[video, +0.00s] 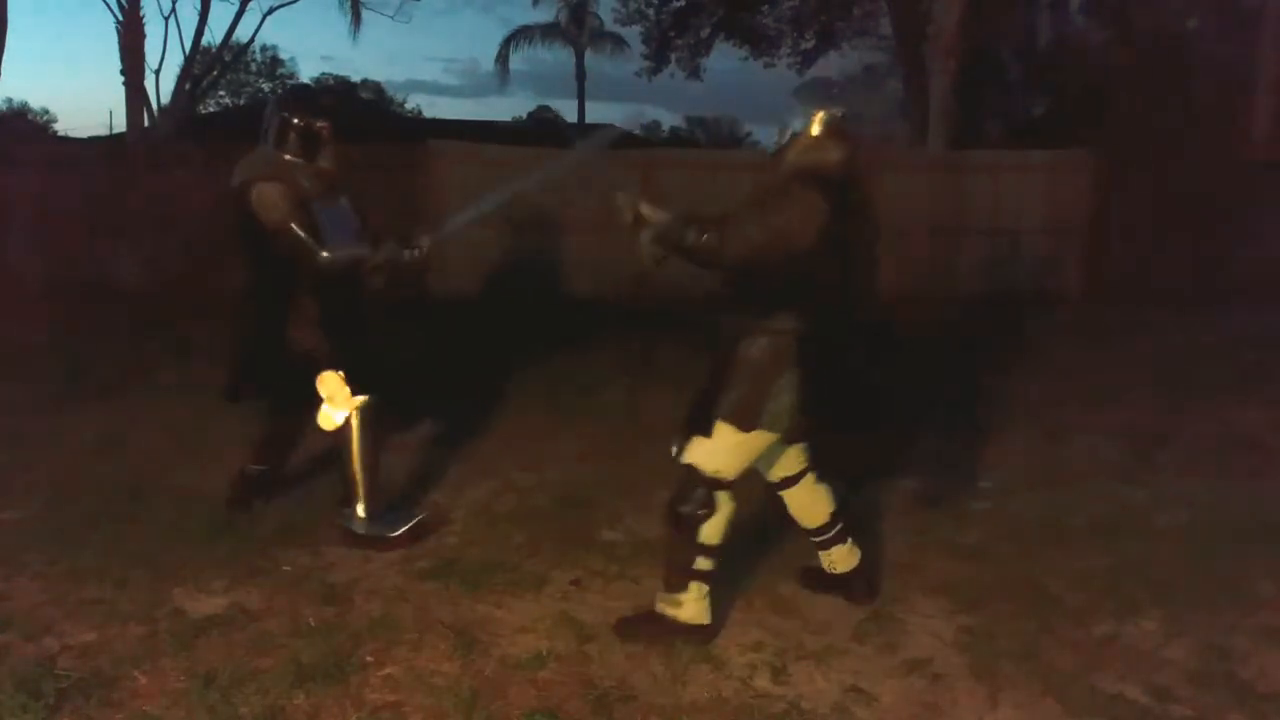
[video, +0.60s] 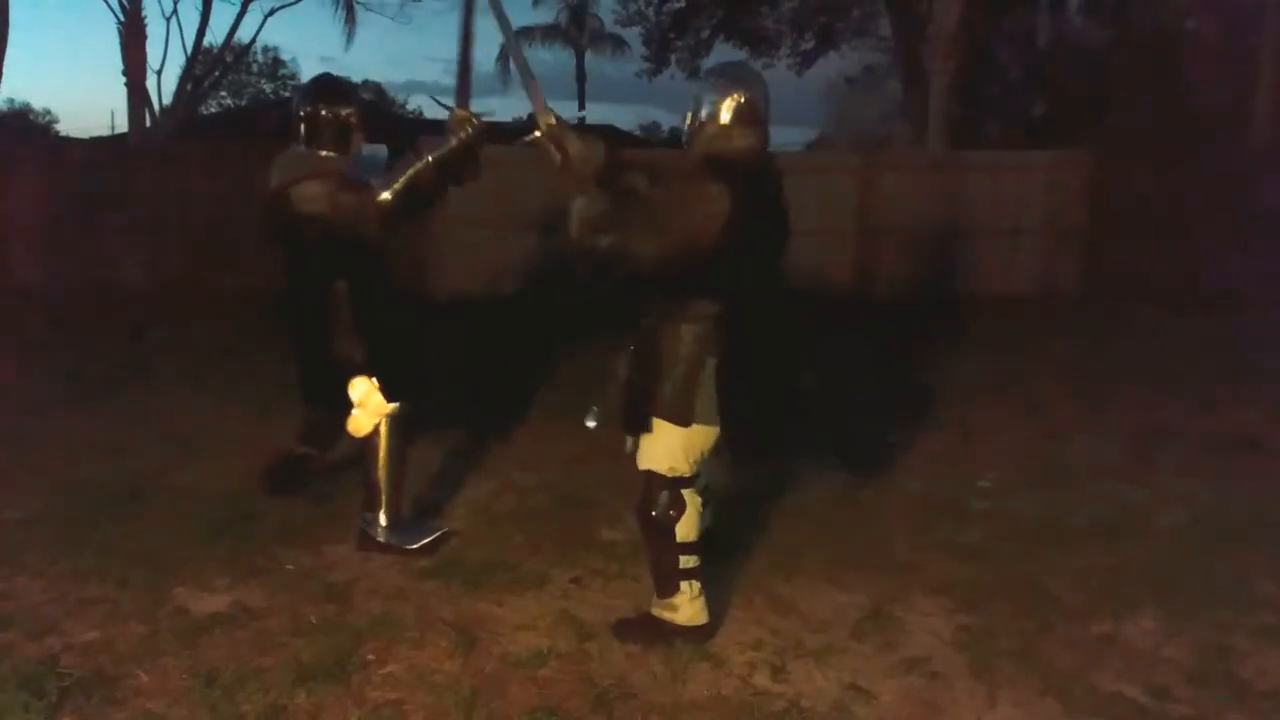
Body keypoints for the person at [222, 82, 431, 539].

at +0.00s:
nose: (323, 142)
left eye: (325, 132)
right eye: (313, 131)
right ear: (287, 129)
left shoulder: (314, 181)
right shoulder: (266, 183)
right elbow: (311, 261)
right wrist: (377, 257)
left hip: (325, 306)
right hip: (288, 313)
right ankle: (364, 508)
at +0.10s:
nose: (312, 136)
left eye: (317, 128)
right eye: (302, 127)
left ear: (321, 134)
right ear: (280, 129)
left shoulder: (317, 179)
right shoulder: (264, 182)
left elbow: (360, 226)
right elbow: (317, 247)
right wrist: (395, 241)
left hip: (338, 312)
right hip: (292, 317)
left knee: (363, 403)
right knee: (291, 410)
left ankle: (377, 511)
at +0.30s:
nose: (328, 138)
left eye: (332, 128)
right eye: (316, 127)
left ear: (338, 132)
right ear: (289, 130)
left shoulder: (345, 181)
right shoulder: (277, 183)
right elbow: (335, 236)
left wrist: (446, 203)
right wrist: (418, 212)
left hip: (358, 313)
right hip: (306, 318)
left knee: (380, 408)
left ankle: (382, 518)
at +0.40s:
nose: (331, 128)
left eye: (338, 117)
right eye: (319, 117)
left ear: (348, 122)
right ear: (297, 123)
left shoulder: (351, 171)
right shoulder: (290, 181)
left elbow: (399, 191)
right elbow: (361, 223)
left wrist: (462, 180)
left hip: (361, 305)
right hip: (317, 310)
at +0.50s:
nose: (332, 128)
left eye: (341, 117)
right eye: (321, 117)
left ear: (353, 122)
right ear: (301, 121)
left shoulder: (360, 168)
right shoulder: (294, 169)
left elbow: (402, 199)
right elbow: (364, 218)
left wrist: (457, 169)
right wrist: (446, 173)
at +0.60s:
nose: (341, 130)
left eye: (348, 120)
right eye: (327, 119)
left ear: (358, 126)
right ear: (305, 123)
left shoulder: (353, 174)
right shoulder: (299, 171)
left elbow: (393, 208)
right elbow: (369, 218)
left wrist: (453, 157)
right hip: (325, 321)